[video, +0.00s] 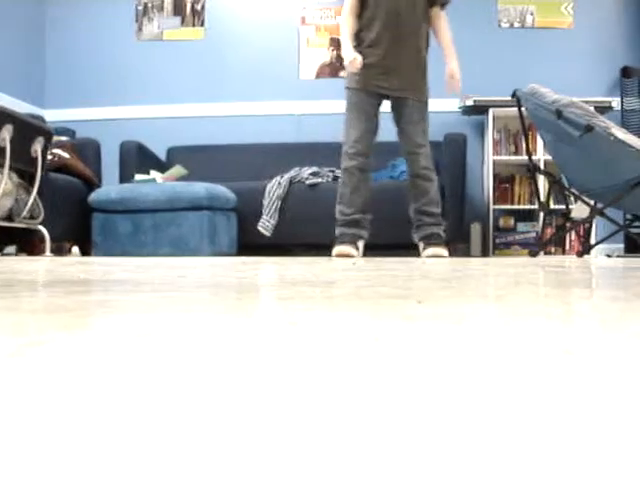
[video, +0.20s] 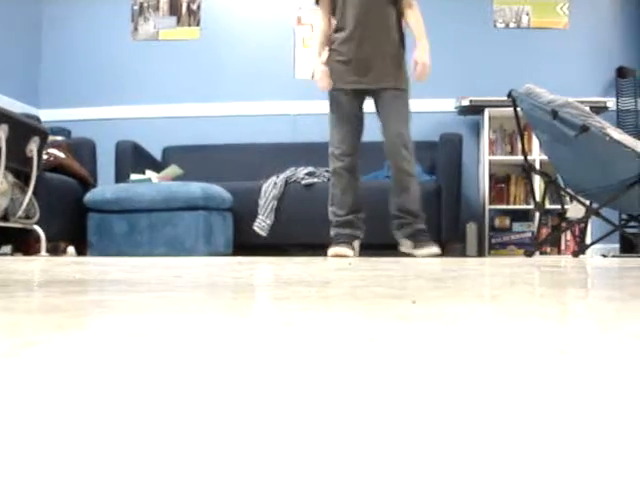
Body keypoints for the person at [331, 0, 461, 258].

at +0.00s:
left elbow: (437, 15)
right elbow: (349, 12)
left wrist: (451, 62)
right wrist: (348, 51)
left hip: (410, 72)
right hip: (365, 69)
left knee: (419, 157)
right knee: (355, 154)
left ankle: (431, 238)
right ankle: (348, 238)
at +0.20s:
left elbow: (409, 7)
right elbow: (324, 16)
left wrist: (422, 46)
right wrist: (319, 60)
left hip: (389, 67)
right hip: (344, 68)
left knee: (401, 151)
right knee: (342, 156)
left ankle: (412, 234)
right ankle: (344, 237)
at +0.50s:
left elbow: (399, 4)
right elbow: (305, 24)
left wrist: (415, 35)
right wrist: (282, 64)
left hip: (373, 60)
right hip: (328, 64)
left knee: (372, 143)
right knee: (331, 154)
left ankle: (385, 235)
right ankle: (337, 236)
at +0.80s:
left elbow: (400, 3)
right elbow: (310, 8)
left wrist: (382, 25)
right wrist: (297, 39)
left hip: (380, 56)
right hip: (332, 59)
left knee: (401, 146)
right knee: (334, 155)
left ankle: (414, 233)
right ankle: (337, 237)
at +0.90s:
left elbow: (411, 1)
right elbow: (307, 8)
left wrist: (376, 27)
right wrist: (326, 30)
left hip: (386, 58)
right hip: (337, 60)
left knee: (400, 150)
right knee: (337, 154)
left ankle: (412, 235)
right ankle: (338, 237)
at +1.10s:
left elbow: (426, 1)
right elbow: (325, 6)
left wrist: (394, 23)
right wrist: (359, 23)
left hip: (398, 56)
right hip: (350, 57)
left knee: (405, 151)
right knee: (344, 152)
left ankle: (412, 237)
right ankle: (338, 237)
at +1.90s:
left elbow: (410, 1)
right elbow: (310, 2)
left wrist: (393, 18)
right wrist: (340, 11)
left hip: (380, 47)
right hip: (330, 46)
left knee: (389, 143)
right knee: (316, 140)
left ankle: (401, 236)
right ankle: (302, 235)